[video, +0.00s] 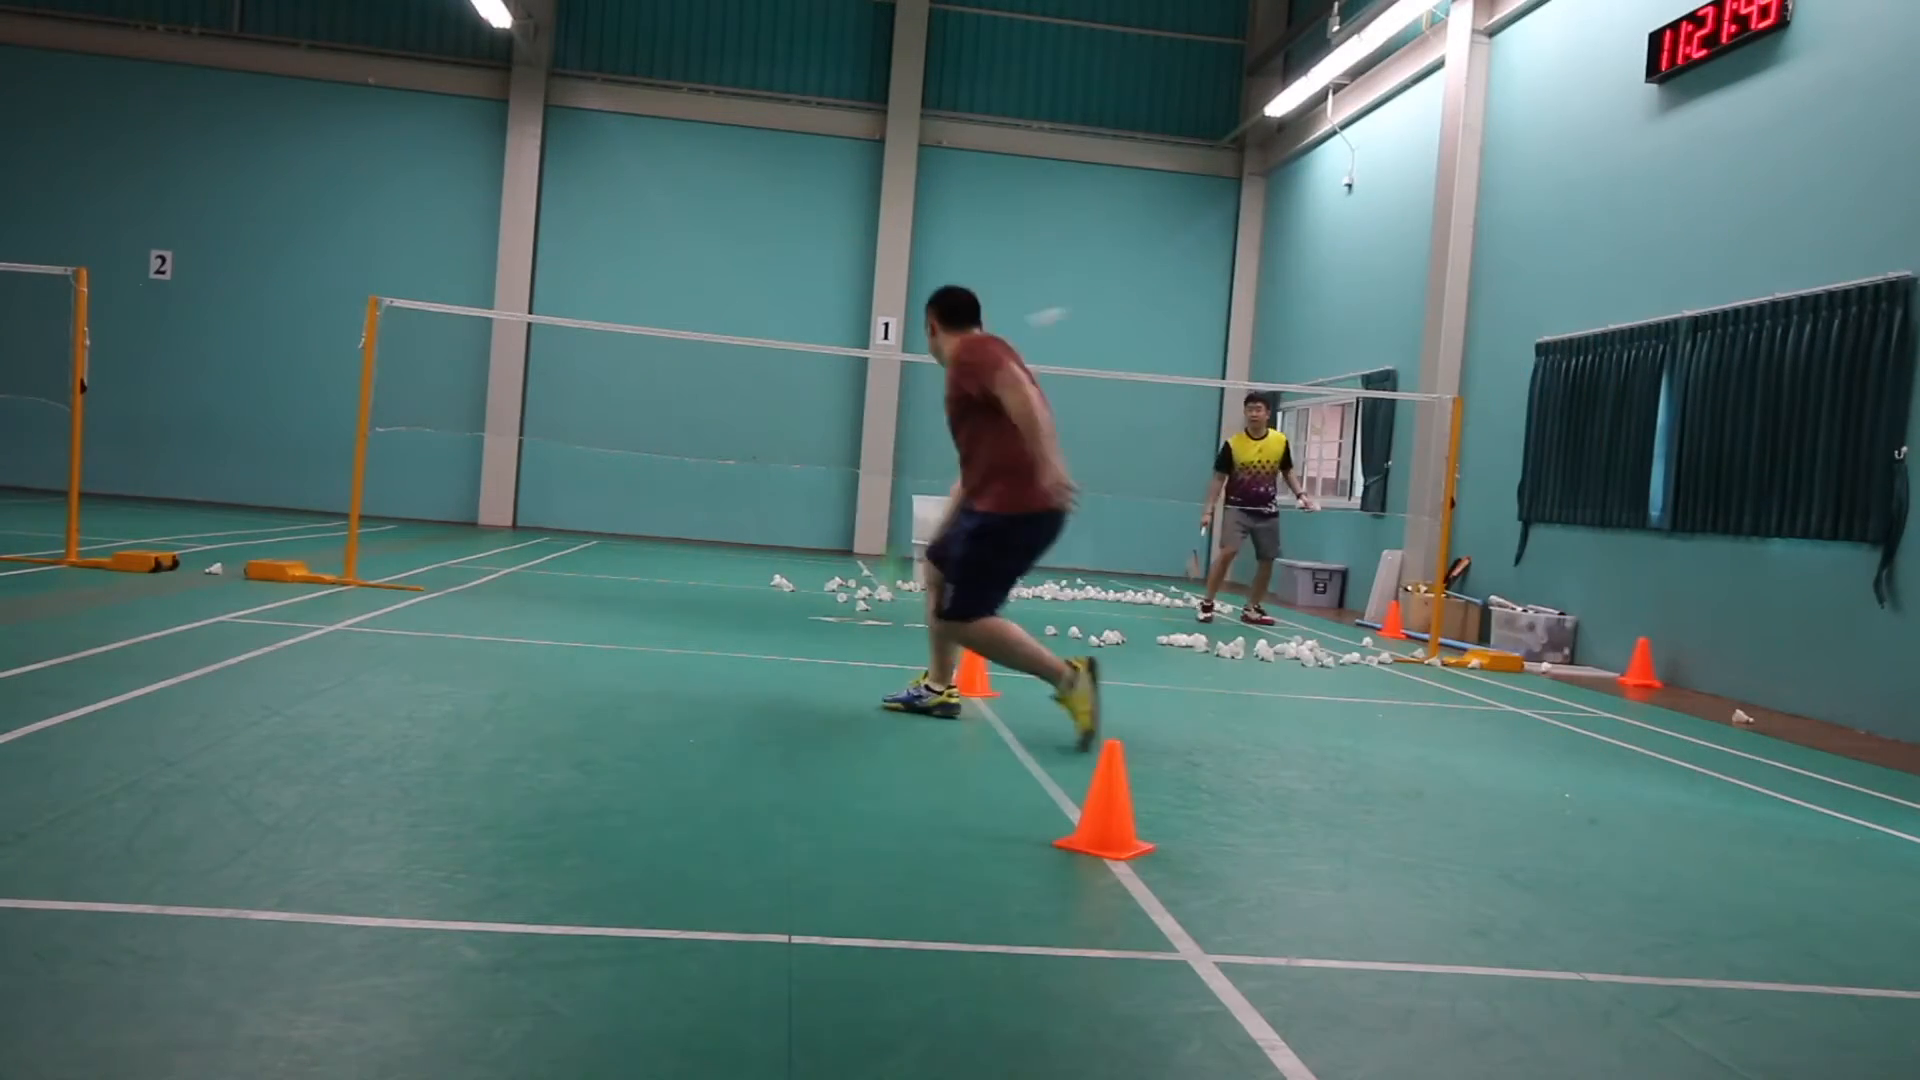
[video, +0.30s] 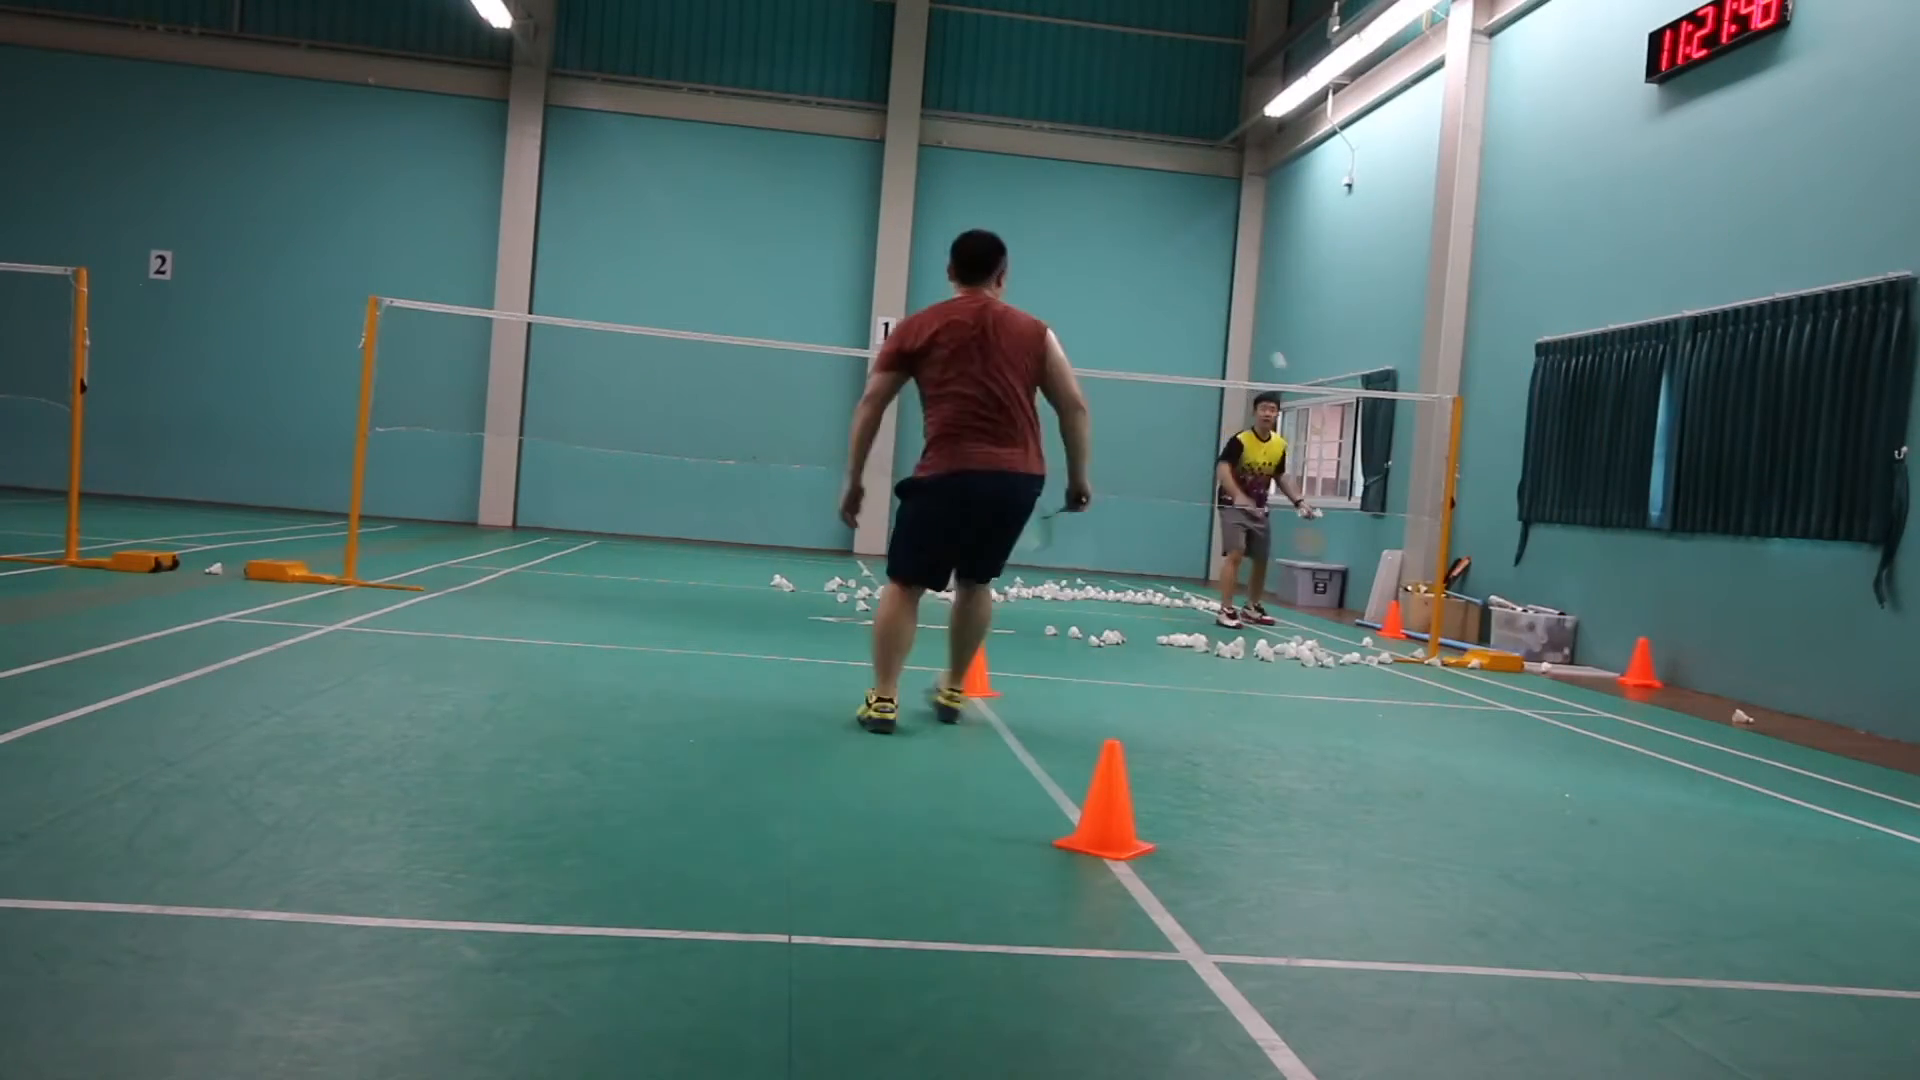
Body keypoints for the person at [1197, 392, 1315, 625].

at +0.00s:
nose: (1254, 414)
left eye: (1259, 409)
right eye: (1250, 409)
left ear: (1268, 414)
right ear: (1245, 413)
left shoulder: (1280, 442)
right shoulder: (1232, 445)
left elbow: (1288, 471)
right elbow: (1218, 479)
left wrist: (1300, 494)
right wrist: (1209, 511)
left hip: (1267, 512)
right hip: (1237, 510)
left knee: (1267, 560)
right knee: (1228, 551)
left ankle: (1252, 607)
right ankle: (1208, 601)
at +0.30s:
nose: (1268, 414)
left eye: (1272, 410)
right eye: (1263, 409)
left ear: (1277, 415)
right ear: (1255, 413)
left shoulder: (1280, 445)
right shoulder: (1240, 441)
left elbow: (1281, 476)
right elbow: (1223, 468)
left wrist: (1299, 501)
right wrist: (1237, 495)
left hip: (1259, 508)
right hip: (1234, 505)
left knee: (1261, 558)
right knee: (1235, 554)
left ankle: (1253, 607)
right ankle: (1226, 608)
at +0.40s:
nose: (1273, 411)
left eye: (1277, 407)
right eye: (1269, 406)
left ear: (1280, 413)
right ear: (1258, 409)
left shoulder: (1276, 441)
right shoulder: (1244, 429)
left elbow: (1274, 475)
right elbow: (1233, 434)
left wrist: (1292, 499)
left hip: (1257, 504)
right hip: (1232, 501)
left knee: (1261, 556)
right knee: (1235, 552)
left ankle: (1253, 605)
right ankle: (1227, 608)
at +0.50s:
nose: (1274, 406)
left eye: (1278, 403)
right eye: (1269, 402)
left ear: (1279, 410)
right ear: (1257, 405)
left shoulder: (1273, 440)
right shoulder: (1246, 426)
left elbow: (1265, 474)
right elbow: (1245, 404)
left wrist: (1283, 495)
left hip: (1257, 502)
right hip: (1233, 499)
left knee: (1260, 554)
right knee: (1238, 552)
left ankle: (1250, 603)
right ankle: (1226, 606)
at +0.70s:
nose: (1274, 408)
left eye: (1277, 404)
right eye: (1269, 404)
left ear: (1280, 411)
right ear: (1257, 409)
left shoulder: (1275, 445)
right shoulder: (1244, 431)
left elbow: (1268, 481)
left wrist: (1284, 506)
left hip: (1258, 505)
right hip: (1234, 502)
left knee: (1258, 556)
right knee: (1231, 553)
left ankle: (1244, 604)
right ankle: (1226, 605)